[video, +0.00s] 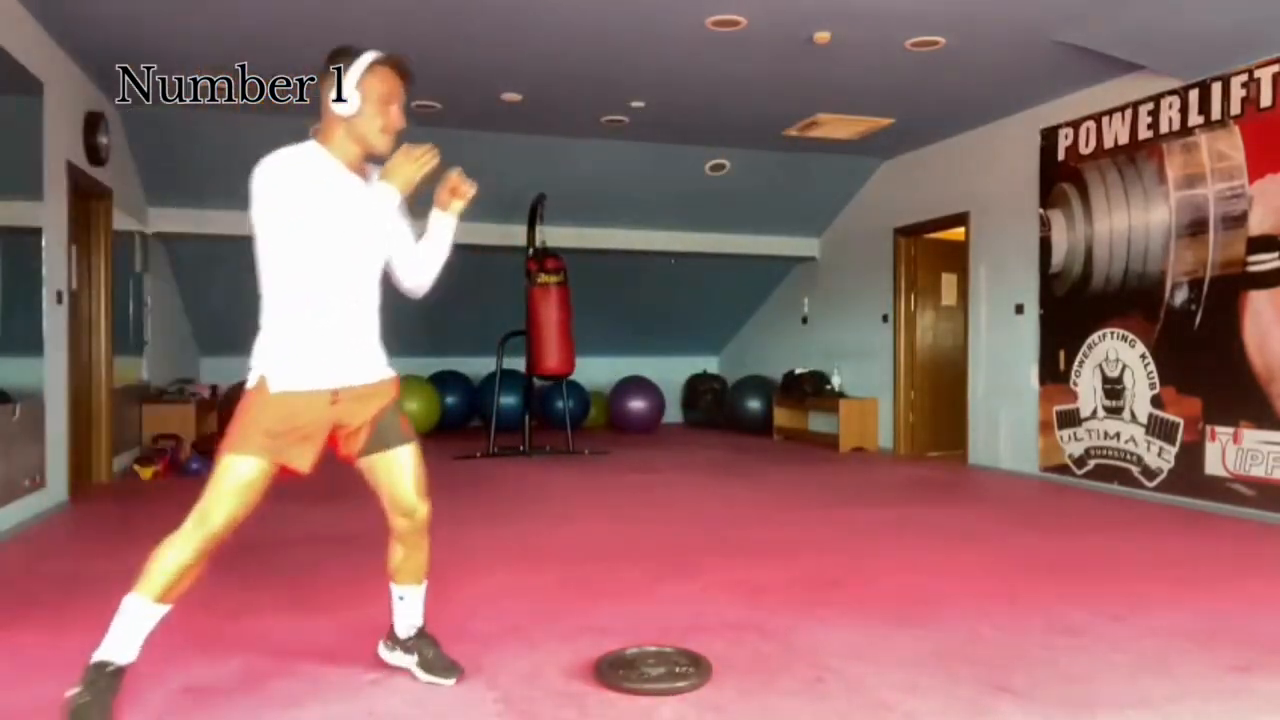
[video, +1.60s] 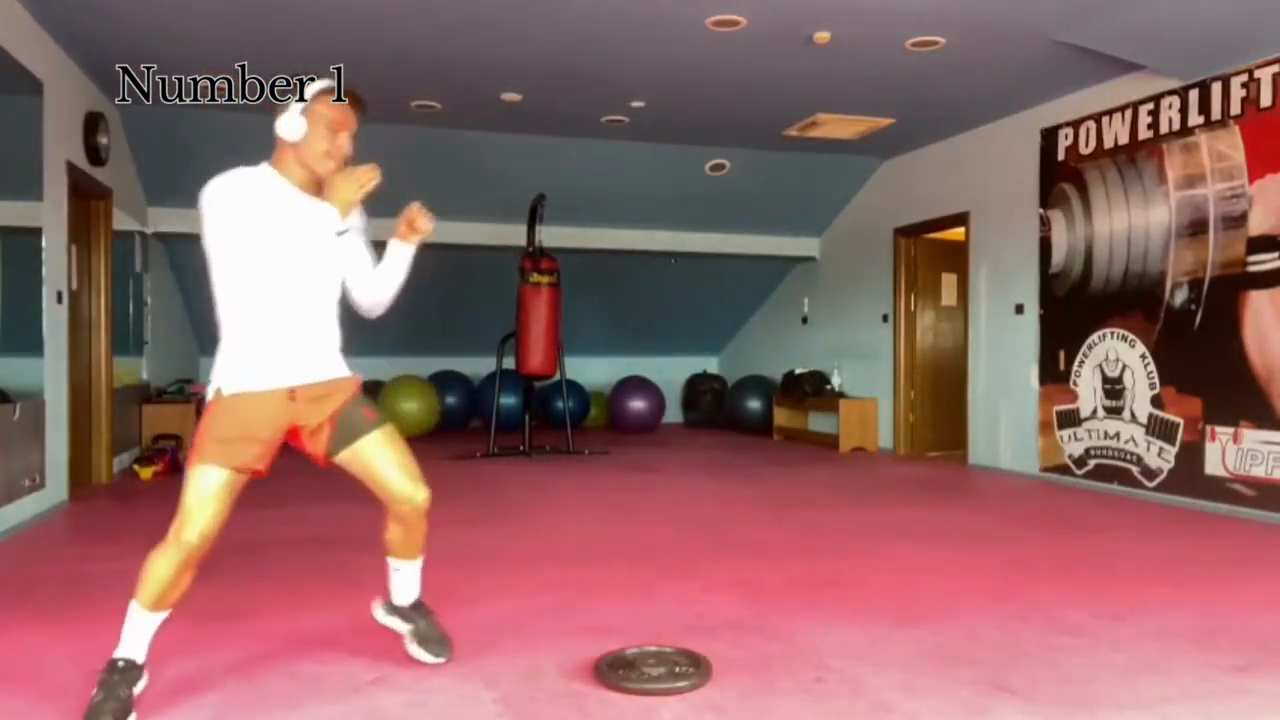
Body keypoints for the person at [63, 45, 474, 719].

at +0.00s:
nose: (400, 122)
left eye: (402, 109)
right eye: (388, 106)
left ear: (385, 113)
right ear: (342, 104)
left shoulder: (377, 193)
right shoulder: (279, 172)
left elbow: (415, 279)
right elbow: (323, 248)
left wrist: (445, 213)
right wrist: (394, 188)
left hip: (368, 384)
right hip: (286, 387)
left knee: (413, 510)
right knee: (209, 525)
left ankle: (407, 637)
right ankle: (110, 661)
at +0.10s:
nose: (425, 107)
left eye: (430, 95)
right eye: (416, 91)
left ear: (424, 100)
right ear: (373, 85)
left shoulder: (406, 168)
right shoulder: (309, 150)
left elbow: (440, 259)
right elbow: (340, 230)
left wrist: (468, 196)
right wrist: (414, 168)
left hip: (397, 358)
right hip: (318, 358)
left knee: (436, 488)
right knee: (264, 501)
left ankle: (442, 616)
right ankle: (191, 636)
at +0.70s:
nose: (368, 152)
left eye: (373, 140)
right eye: (360, 136)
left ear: (368, 143)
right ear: (316, 128)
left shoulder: (349, 215)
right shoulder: (243, 191)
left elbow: (379, 304)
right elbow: (284, 268)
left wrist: (413, 242)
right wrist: (354, 208)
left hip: (332, 390)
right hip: (252, 392)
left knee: (415, 507)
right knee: (204, 540)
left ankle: (378, 592)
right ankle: (124, 679)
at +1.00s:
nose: (381, 116)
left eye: (388, 105)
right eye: (372, 100)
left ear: (385, 110)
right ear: (328, 93)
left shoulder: (369, 176)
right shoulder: (263, 159)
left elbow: (406, 265)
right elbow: (296, 238)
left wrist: (436, 204)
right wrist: (370, 174)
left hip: (361, 364)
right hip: (278, 370)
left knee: (433, 482)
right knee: (218, 509)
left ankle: (427, 595)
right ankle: (136, 662)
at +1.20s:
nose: (438, 164)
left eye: (441, 152)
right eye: (428, 150)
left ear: (417, 155)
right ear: (389, 148)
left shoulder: (421, 229)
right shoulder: (328, 214)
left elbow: (469, 302)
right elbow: (366, 284)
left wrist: (489, 238)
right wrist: (430, 225)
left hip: (426, 397)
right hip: (351, 403)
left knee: (488, 514)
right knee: (297, 539)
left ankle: (500, 628)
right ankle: (217, 654)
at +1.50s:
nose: (380, 132)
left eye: (385, 122)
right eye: (370, 117)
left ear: (381, 125)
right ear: (328, 110)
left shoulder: (375, 191)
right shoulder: (267, 175)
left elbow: (423, 271)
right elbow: (299, 232)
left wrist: (439, 208)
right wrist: (373, 179)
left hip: (367, 374)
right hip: (282, 378)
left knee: (436, 489)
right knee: (224, 516)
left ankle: (467, 609)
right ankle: (164, 646)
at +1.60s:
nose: (345, 148)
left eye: (350, 137)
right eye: (334, 132)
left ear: (350, 143)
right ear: (295, 129)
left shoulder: (336, 213)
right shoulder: (227, 192)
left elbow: (372, 300)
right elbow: (268, 260)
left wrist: (403, 245)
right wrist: (338, 208)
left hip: (327, 387)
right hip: (246, 395)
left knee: (411, 497)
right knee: (191, 538)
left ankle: (404, 603)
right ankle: (126, 663)